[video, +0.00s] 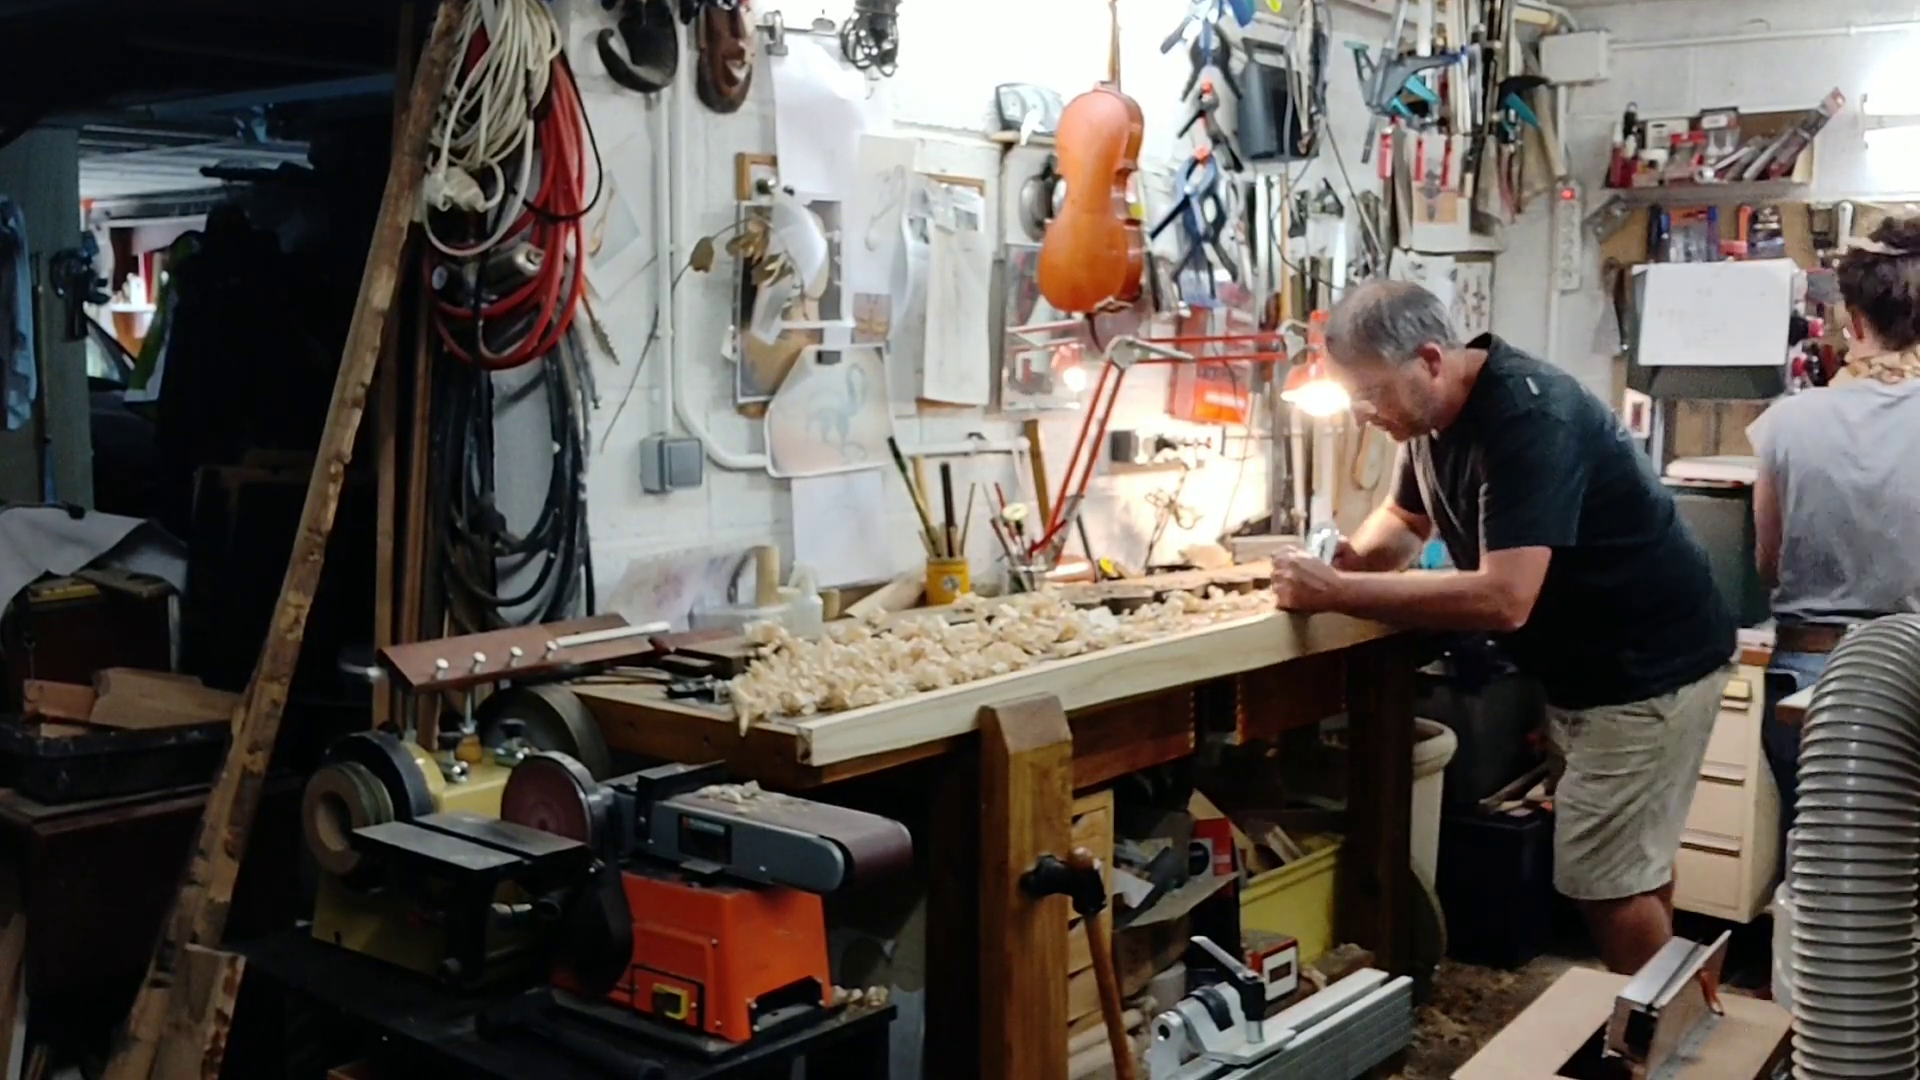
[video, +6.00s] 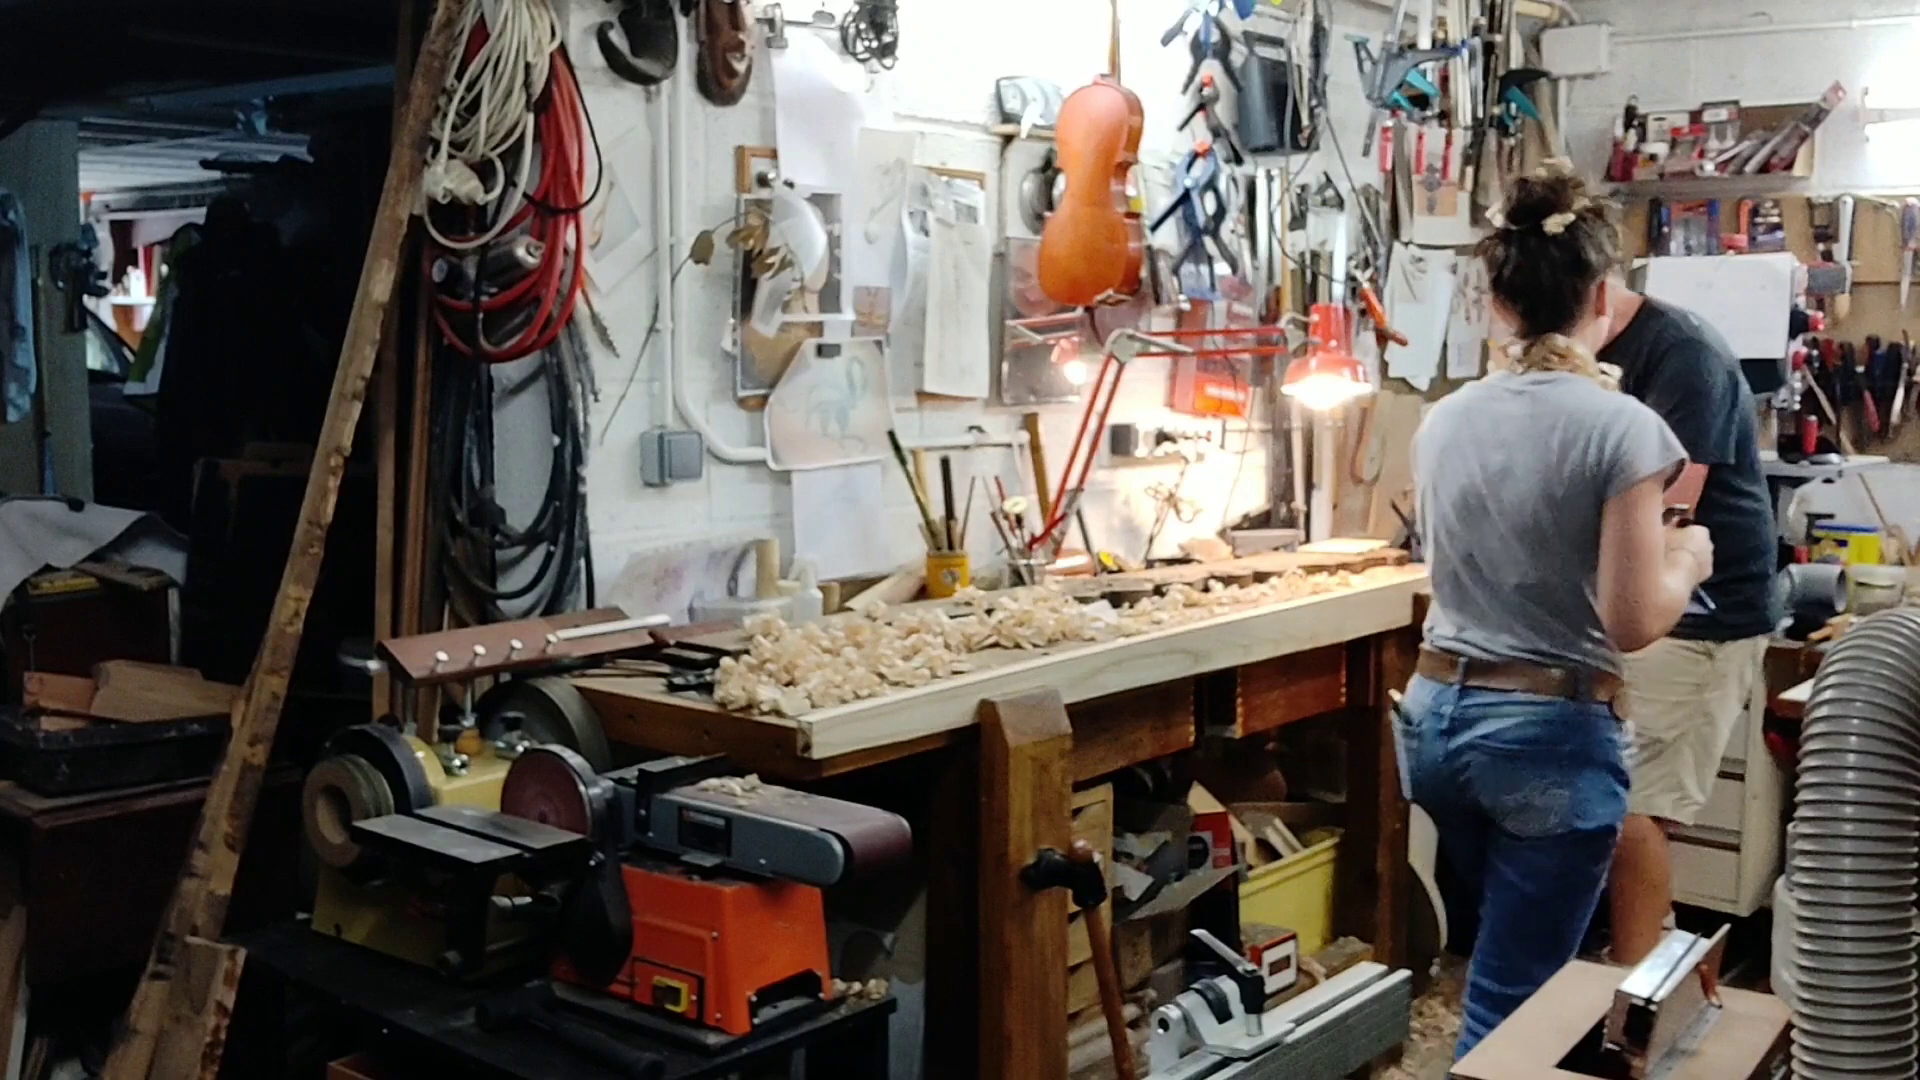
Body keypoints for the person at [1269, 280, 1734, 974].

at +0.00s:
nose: (1369, 416)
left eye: (1376, 396)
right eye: (1359, 401)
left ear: (1432, 361)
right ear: (1430, 362)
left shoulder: (1530, 416)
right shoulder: (1438, 417)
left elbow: (1504, 598)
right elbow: (1405, 520)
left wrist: (1340, 589)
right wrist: (1347, 565)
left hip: (1652, 663)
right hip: (1587, 663)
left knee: (1606, 879)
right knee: (1632, 864)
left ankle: (1662, 1047)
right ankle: (1668, 1026)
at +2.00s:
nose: (925, 397)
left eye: (931, 368)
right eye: (915, 374)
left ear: (1012, 325)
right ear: (1012, 326)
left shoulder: (1134, 409)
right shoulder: (1087, 398)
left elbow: (1047, 668)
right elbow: (1033, 584)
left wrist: (824, 691)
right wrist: (918, 647)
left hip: (1293, 790)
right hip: (1241, 776)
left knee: (1162, 1056)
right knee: (1180, 1045)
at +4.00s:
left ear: (1500, 203)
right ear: (1619, 196)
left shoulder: (1442, 295)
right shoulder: (1693, 296)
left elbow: (1347, 456)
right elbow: (1775, 514)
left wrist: (1399, 629)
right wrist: (1712, 543)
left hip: (1484, 687)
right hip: (1648, 689)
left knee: (1509, 969)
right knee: (1668, 962)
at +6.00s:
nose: (1553, 328)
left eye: (1557, 314)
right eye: (1547, 316)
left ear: (1596, 292)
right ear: (1598, 287)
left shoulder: (1687, 355)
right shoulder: (1596, 353)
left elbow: (1666, 509)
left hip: (1704, 618)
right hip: (1632, 604)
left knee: (1634, 813)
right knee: (1603, 802)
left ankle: (1637, 990)